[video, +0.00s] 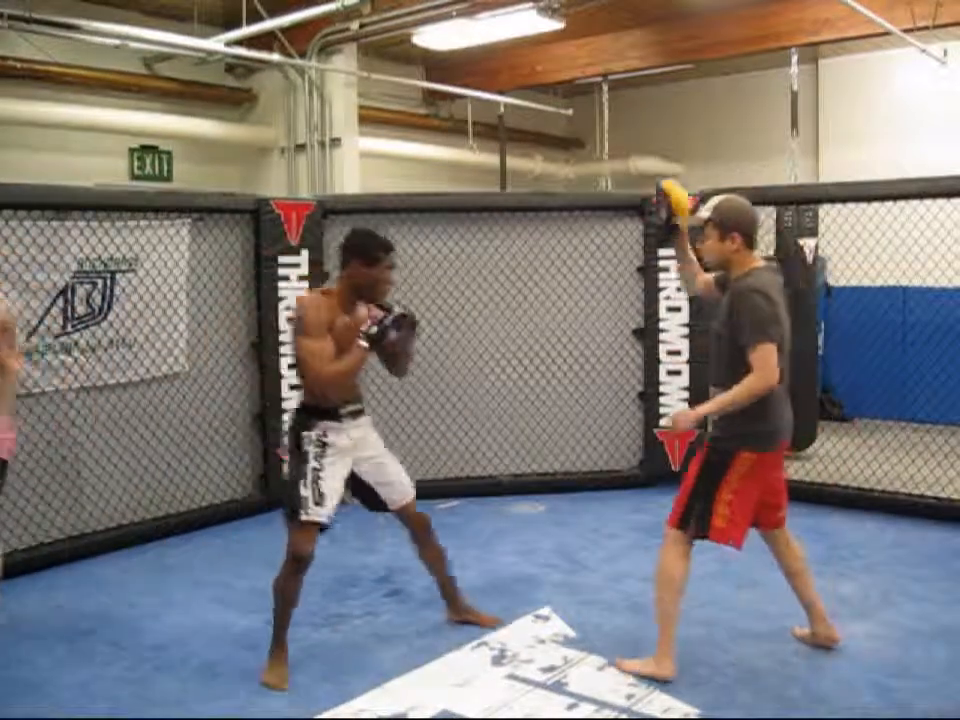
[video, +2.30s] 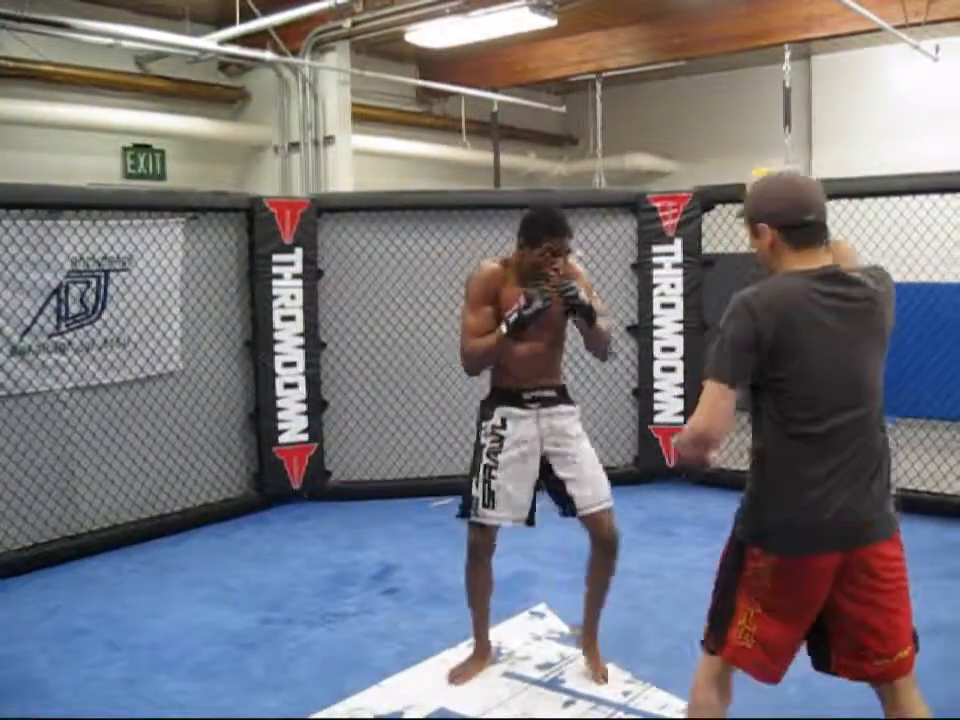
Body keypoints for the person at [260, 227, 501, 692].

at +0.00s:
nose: (392, 279)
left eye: (392, 270)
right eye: (385, 271)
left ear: (367, 269)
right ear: (355, 268)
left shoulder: (369, 311)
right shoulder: (312, 307)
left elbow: (399, 368)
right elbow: (323, 384)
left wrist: (395, 337)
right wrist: (364, 342)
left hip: (359, 427)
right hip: (317, 432)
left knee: (417, 520)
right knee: (300, 555)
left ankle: (455, 604)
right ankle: (278, 649)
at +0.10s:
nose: (422, 270)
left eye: (423, 262)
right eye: (416, 263)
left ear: (406, 262)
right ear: (387, 261)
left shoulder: (405, 291)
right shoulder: (342, 298)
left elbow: (445, 325)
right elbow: (326, 375)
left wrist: (457, 310)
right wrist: (375, 343)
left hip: (394, 414)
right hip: (350, 421)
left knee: (445, 507)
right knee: (317, 538)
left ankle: (459, 604)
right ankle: (282, 644)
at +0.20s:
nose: (452, 267)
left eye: (454, 259)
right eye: (446, 259)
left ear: (443, 254)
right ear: (419, 253)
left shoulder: (436, 275)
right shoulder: (370, 284)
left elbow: (504, 275)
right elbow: (340, 352)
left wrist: (539, 244)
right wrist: (385, 338)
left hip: (415, 401)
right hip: (368, 406)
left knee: (452, 504)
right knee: (333, 521)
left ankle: (461, 601)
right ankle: (301, 634)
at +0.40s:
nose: (470, 258)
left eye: (473, 251)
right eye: (465, 250)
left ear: (469, 246)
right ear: (439, 238)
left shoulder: (467, 268)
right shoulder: (393, 270)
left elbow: (506, 288)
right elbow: (363, 339)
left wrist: (521, 287)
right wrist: (414, 325)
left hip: (438, 390)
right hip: (393, 391)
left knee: (457, 497)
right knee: (373, 504)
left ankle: (462, 599)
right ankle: (362, 605)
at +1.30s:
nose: (495, 257)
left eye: (501, 250)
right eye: (490, 248)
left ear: (503, 247)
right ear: (468, 236)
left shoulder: (506, 269)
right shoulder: (427, 268)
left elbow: (530, 334)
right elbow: (397, 333)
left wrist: (506, 300)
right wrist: (438, 318)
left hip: (487, 393)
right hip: (440, 394)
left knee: (499, 503)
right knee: (421, 505)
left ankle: (501, 609)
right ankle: (424, 600)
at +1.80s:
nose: (519, 273)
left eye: (525, 267)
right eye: (515, 265)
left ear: (529, 261)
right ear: (495, 252)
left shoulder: (527, 272)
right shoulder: (455, 271)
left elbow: (555, 332)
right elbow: (441, 349)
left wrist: (560, 298)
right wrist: (487, 310)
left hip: (514, 403)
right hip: (467, 406)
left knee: (543, 523)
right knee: (451, 521)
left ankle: (570, 642)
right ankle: (440, 624)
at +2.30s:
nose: (552, 262)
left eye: (560, 254)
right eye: (544, 253)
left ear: (568, 253)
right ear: (522, 248)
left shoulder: (570, 276)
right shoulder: (490, 278)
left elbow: (601, 347)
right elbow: (471, 360)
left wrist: (583, 309)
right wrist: (512, 322)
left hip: (559, 414)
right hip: (505, 417)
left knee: (606, 533)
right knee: (480, 539)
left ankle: (590, 636)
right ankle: (482, 646)